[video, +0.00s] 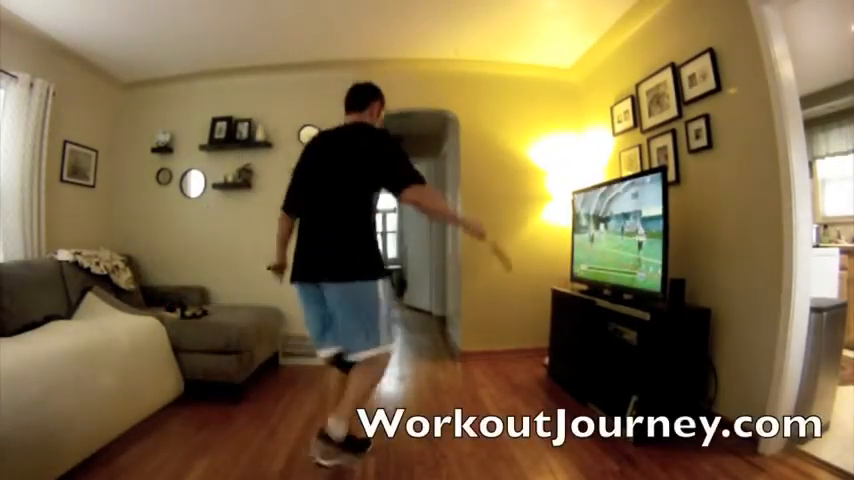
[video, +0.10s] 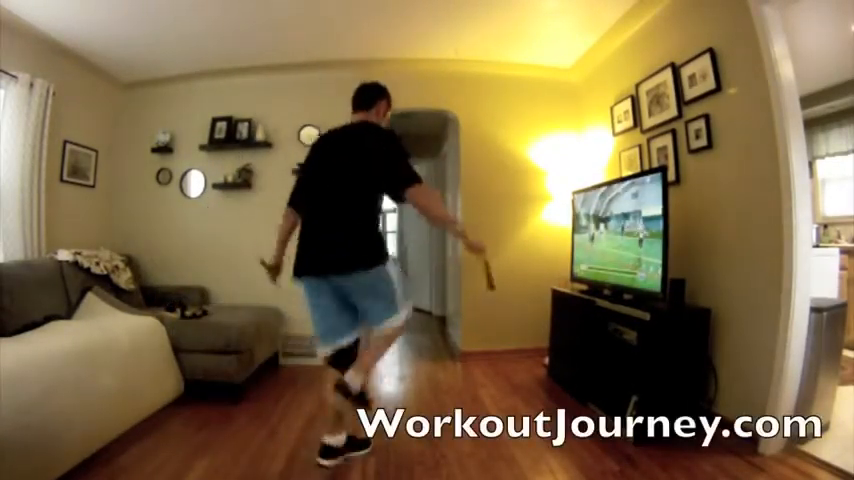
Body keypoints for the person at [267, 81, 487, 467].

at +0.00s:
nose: (381, 119)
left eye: (381, 113)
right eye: (382, 113)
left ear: (345, 109)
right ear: (375, 109)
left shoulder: (317, 144)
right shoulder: (377, 143)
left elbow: (288, 212)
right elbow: (413, 192)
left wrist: (280, 258)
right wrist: (463, 221)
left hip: (309, 263)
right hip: (353, 263)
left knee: (338, 354)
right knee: (373, 354)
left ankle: (349, 432)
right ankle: (334, 435)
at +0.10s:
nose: (387, 119)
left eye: (386, 114)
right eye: (388, 113)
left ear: (352, 108)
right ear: (382, 110)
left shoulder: (323, 144)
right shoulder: (382, 142)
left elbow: (293, 209)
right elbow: (417, 194)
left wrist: (277, 256)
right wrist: (460, 230)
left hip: (313, 258)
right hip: (360, 255)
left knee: (341, 350)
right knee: (391, 319)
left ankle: (340, 435)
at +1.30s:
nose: (395, 121)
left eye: (395, 114)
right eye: (395, 114)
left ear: (361, 111)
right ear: (385, 110)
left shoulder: (334, 144)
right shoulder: (388, 144)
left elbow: (293, 194)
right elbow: (401, 199)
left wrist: (252, 229)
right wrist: (451, 232)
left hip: (329, 261)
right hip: (369, 263)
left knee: (355, 350)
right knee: (381, 351)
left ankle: (347, 427)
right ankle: (310, 335)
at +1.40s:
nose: (396, 125)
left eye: (396, 118)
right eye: (396, 117)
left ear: (361, 115)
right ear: (386, 114)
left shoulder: (334, 146)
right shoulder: (386, 146)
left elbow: (295, 196)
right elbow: (396, 196)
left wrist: (256, 226)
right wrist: (454, 212)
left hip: (324, 262)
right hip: (365, 264)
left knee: (352, 350)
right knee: (375, 349)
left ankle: (346, 428)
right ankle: (307, 340)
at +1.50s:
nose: (395, 121)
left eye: (395, 115)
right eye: (396, 115)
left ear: (362, 111)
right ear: (389, 110)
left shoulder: (333, 143)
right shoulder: (387, 141)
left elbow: (299, 194)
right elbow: (405, 184)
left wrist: (272, 224)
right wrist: (467, 195)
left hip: (324, 255)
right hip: (363, 257)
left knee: (350, 344)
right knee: (372, 346)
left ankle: (345, 428)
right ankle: (301, 392)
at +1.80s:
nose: (398, 132)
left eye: (397, 125)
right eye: (398, 125)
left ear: (365, 123)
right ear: (391, 123)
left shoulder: (338, 155)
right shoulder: (392, 157)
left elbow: (307, 215)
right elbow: (430, 207)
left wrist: (288, 257)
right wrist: (472, 244)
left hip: (326, 264)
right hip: (368, 263)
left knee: (344, 348)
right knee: (392, 336)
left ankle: (346, 429)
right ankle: (349, 383)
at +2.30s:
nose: (412, 98)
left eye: (412, 91)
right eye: (412, 91)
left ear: (377, 86)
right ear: (401, 87)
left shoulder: (347, 117)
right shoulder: (406, 125)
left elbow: (312, 176)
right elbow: (430, 186)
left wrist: (284, 222)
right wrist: (464, 231)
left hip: (323, 230)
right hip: (368, 238)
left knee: (325, 309)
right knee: (369, 331)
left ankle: (290, 351)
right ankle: (360, 421)